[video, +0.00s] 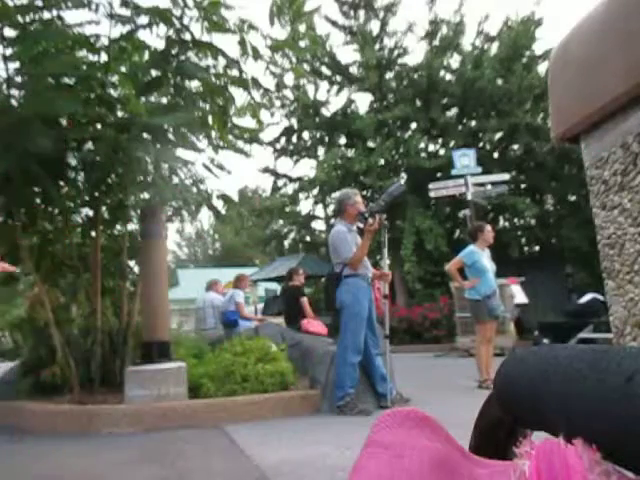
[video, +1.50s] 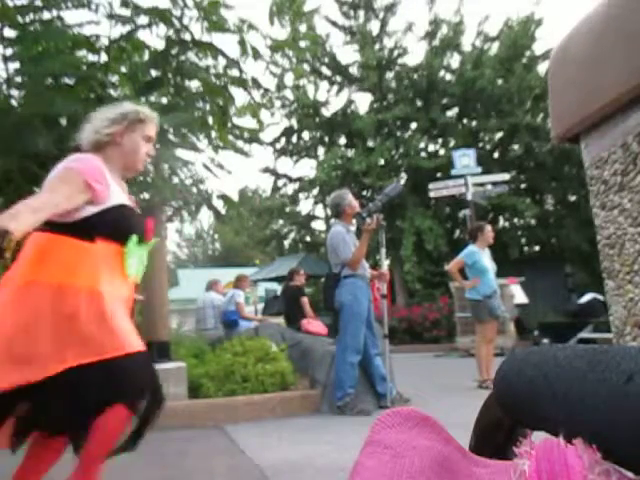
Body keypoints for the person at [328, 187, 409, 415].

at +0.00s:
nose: (363, 208)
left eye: (362, 204)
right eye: (359, 204)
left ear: (351, 207)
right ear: (347, 207)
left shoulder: (353, 232)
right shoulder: (339, 233)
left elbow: (359, 264)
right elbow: (353, 262)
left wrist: (376, 273)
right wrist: (368, 236)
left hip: (364, 285)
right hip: (352, 285)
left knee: (371, 344)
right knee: (351, 344)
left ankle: (386, 393)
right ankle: (345, 398)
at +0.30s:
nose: (361, 206)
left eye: (360, 202)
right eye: (357, 203)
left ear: (350, 208)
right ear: (347, 207)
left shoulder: (352, 232)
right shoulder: (339, 233)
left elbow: (358, 264)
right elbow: (354, 261)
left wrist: (375, 273)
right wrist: (368, 235)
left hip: (364, 285)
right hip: (352, 284)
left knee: (370, 344)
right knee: (351, 345)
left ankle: (387, 394)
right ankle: (344, 399)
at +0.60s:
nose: (359, 204)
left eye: (357, 200)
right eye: (355, 201)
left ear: (347, 208)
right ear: (346, 207)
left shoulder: (350, 232)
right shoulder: (338, 232)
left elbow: (357, 264)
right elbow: (354, 261)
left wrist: (374, 273)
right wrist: (367, 235)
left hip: (363, 284)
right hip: (352, 285)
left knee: (371, 344)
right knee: (351, 345)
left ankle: (387, 393)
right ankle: (344, 398)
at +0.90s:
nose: (358, 204)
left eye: (356, 200)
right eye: (354, 201)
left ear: (347, 208)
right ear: (345, 207)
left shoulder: (349, 232)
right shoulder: (338, 232)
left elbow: (356, 265)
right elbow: (353, 261)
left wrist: (373, 273)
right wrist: (367, 234)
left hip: (362, 284)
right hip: (351, 284)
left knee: (371, 344)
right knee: (351, 344)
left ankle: (387, 393)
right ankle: (344, 398)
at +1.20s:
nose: (358, 204)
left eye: (356, 200)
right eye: (354, 201)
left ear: (345, 208)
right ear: (346, 207)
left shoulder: (348, 232)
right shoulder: (338, 232)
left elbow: (355, 265)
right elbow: (353, 261)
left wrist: (373, 273)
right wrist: (367, 234)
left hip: (362, 284)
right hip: (351, 284)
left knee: (370, 344)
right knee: (351, 344)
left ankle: (386, 393)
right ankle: (344, 397)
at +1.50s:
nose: (358, 204)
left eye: (356, 200)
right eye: (354, 201)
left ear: (345, 208)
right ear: (345, 207)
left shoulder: (348, 232)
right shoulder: (337, 232)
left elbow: (355, 265)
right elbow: (353, 261)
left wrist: (373, 273)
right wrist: (367, 234)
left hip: (361, 284)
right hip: (351, 284)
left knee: (370, 344)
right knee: (351, 345)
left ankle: (386, 393)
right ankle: (344, 397)